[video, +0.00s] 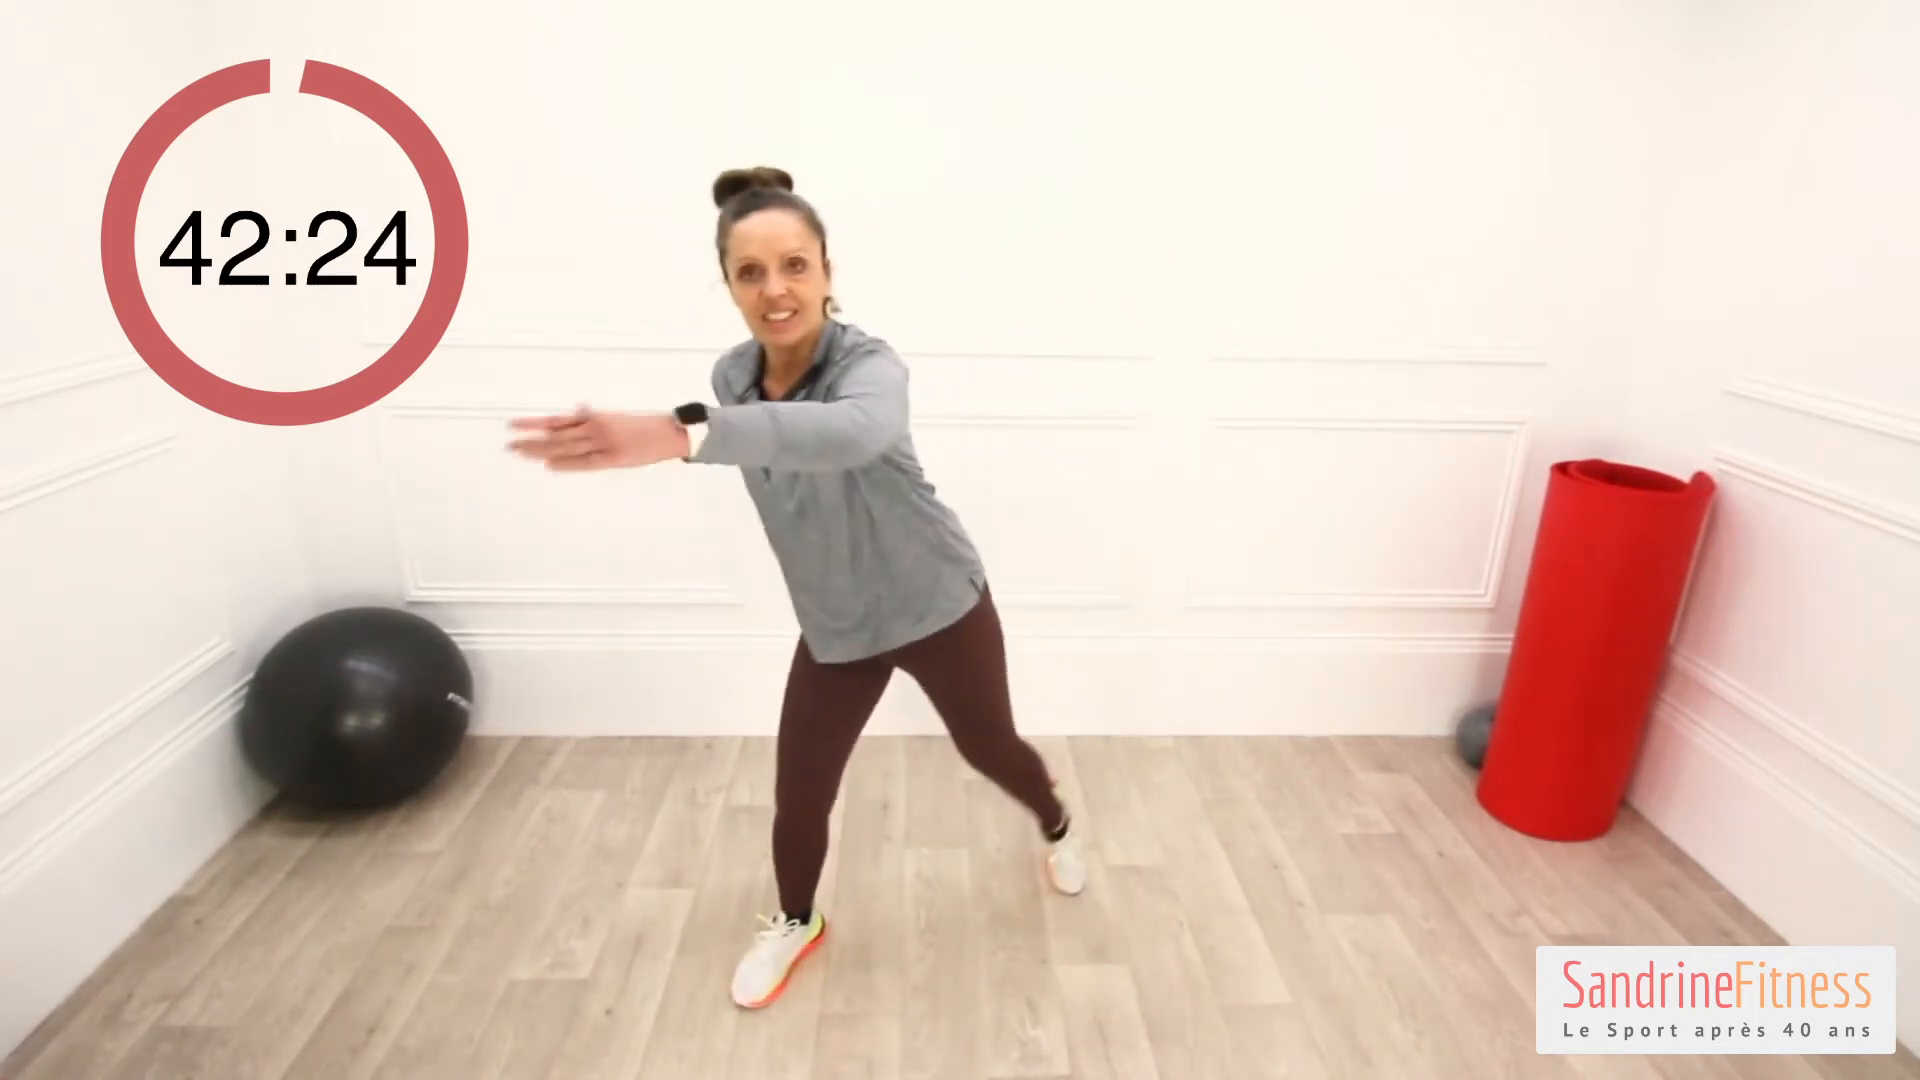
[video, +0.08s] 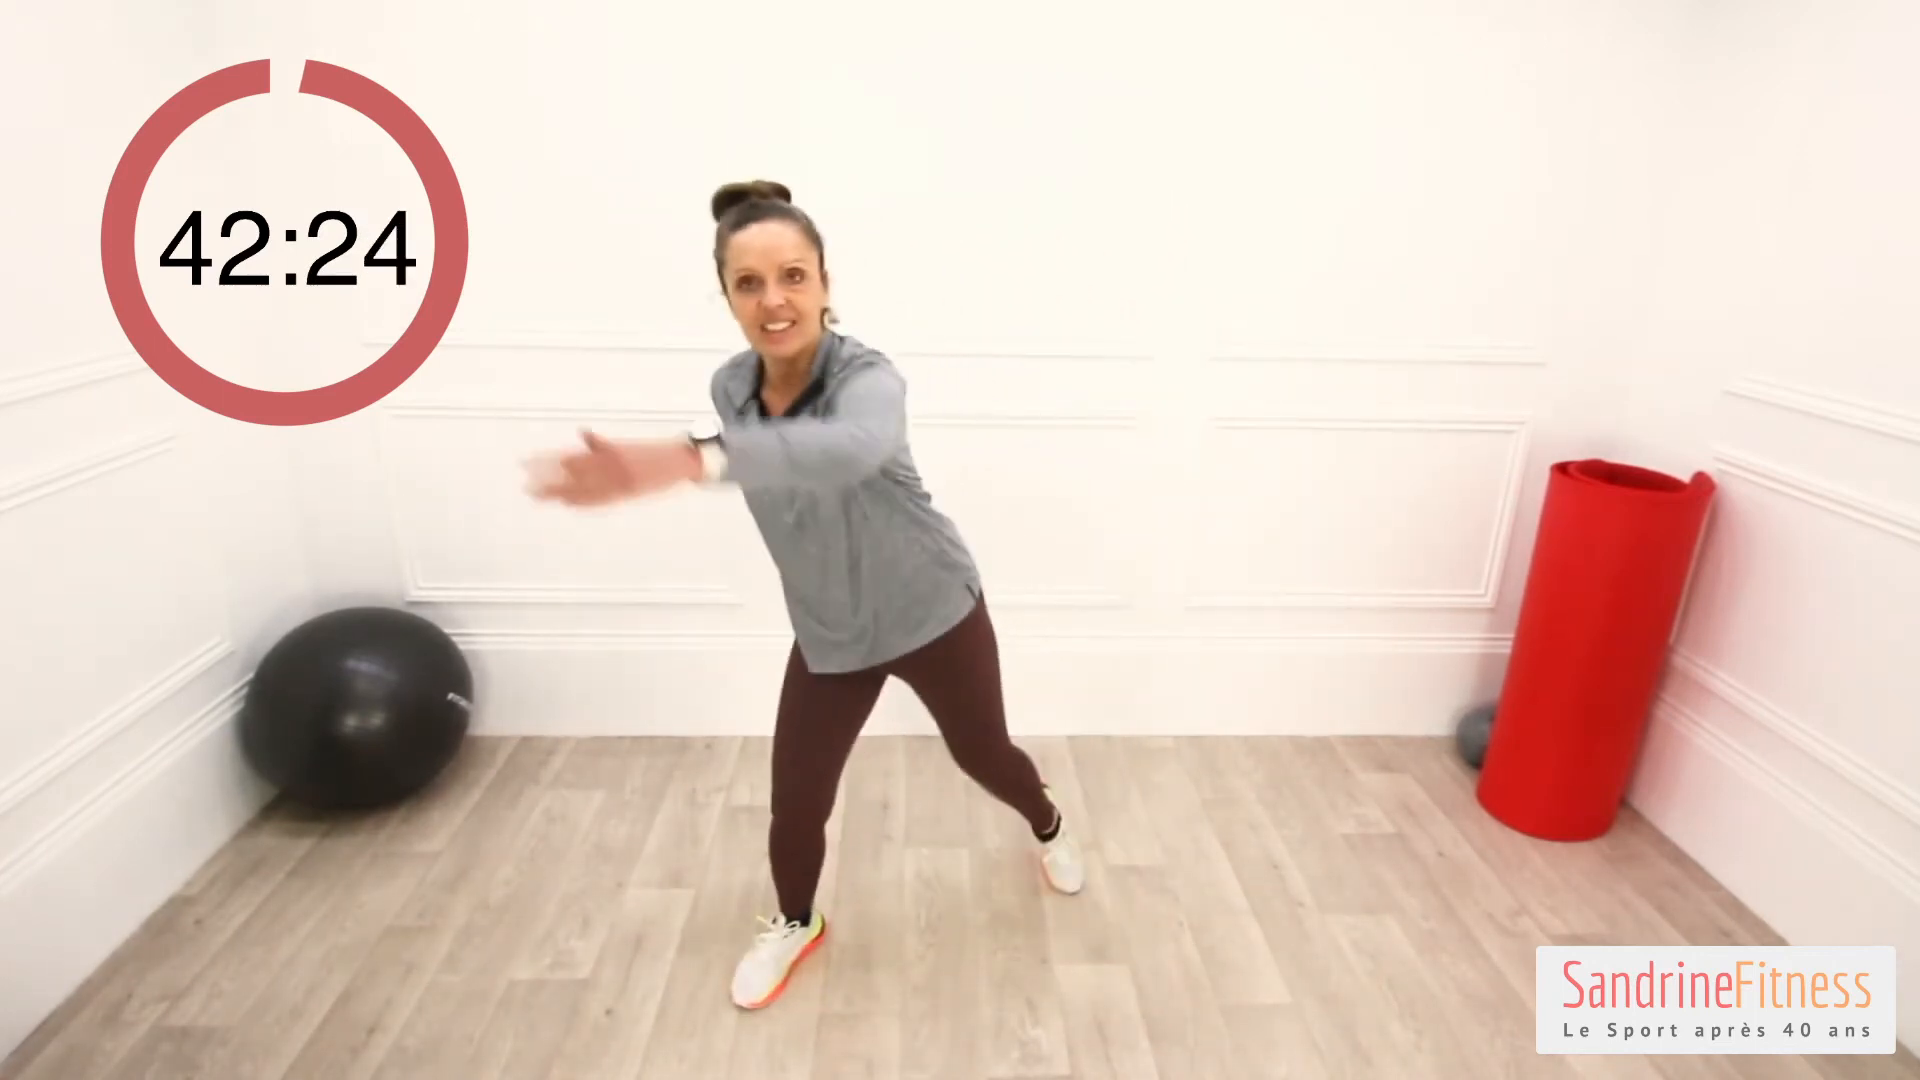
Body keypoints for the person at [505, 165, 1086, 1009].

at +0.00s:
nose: (776, 291)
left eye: (794, 266)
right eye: (751, 273)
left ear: (827, 274)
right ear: (729, 291)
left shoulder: (869, 364)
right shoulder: (733, 377)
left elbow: (866, 431)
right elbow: (765, 457)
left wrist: (687, 432)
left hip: (936, 604)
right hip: (836, 623)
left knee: (992, 751)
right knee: (800, 794)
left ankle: (1058, 824)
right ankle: (797, 921)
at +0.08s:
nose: (774, 301)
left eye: (792, 277)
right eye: (749, 285)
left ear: (826, 287)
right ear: (728, 304)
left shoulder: (867, 378)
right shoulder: (732, 387)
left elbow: (861, 448)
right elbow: (764, 469)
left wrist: (699, 460)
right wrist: (643, 476)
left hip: (932, 612)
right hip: (830, 630)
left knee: (985, 756)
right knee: (796, 803)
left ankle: (1051, 828)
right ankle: (797, 923)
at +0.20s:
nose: (787, 292)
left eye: (805, 268)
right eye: (762, 275)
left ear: (836, 275)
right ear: (740, 292)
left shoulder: (884, 384)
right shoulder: (733, 382)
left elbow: (943, 495)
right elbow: (786, 499)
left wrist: (828, 568)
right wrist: (796, 570)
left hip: (938, 603)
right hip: (834, 620)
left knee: (999, 745)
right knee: (805, 793)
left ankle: (1064, 829)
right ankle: (796, 921)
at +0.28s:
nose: (812, 291)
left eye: (831, 266)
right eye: (787, 272)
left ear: (861, 272)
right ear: (763, 288)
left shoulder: (914, 392)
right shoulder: (738, 380)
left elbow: (1023, 518)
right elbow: (790, 498)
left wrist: (926, 623)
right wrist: (842, 595)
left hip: (942, 599)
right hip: (835, 614)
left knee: (1010, 746)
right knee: (811, 791)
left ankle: (1073, 848)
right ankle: (795, 922)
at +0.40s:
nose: (882, 317)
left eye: (899, 293)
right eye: (858, 299)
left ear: (924, 301)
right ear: (831, 314)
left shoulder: (980, 424)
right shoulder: (788, 406)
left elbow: (1095, 532)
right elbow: (747, 434)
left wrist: (1037, 641)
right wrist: (767, 535)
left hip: (965, 636)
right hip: (851, 639)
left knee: (1031, 786)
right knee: (821, 810)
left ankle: (1089, 894)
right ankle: (794, 923)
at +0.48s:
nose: (914, 331)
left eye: (930, 307)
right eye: (889, 313)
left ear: (954, 315)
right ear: (861, 330)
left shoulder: (1006, 435)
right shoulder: (812, 423)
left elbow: (1105, 533)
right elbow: (767, 461)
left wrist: (1055, 642)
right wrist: (775, 562)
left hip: (972, 649)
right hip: (859, 651)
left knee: (1034, 794)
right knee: (835, 821)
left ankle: (1095, 899)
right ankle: (794, 924)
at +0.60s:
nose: (1011, 338)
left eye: (1024, 315)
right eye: (986, 322)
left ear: (1044, 322)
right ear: (955, 337)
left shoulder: (1084, 437)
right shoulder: (911, 445)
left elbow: (1108, 518)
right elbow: (849, 546)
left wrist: (1093, 608)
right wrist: (897, 637)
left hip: (1007, 645)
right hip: (902, 643)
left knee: (1061, 804)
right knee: (864, 816)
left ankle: (1102, 909)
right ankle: (792, 925)